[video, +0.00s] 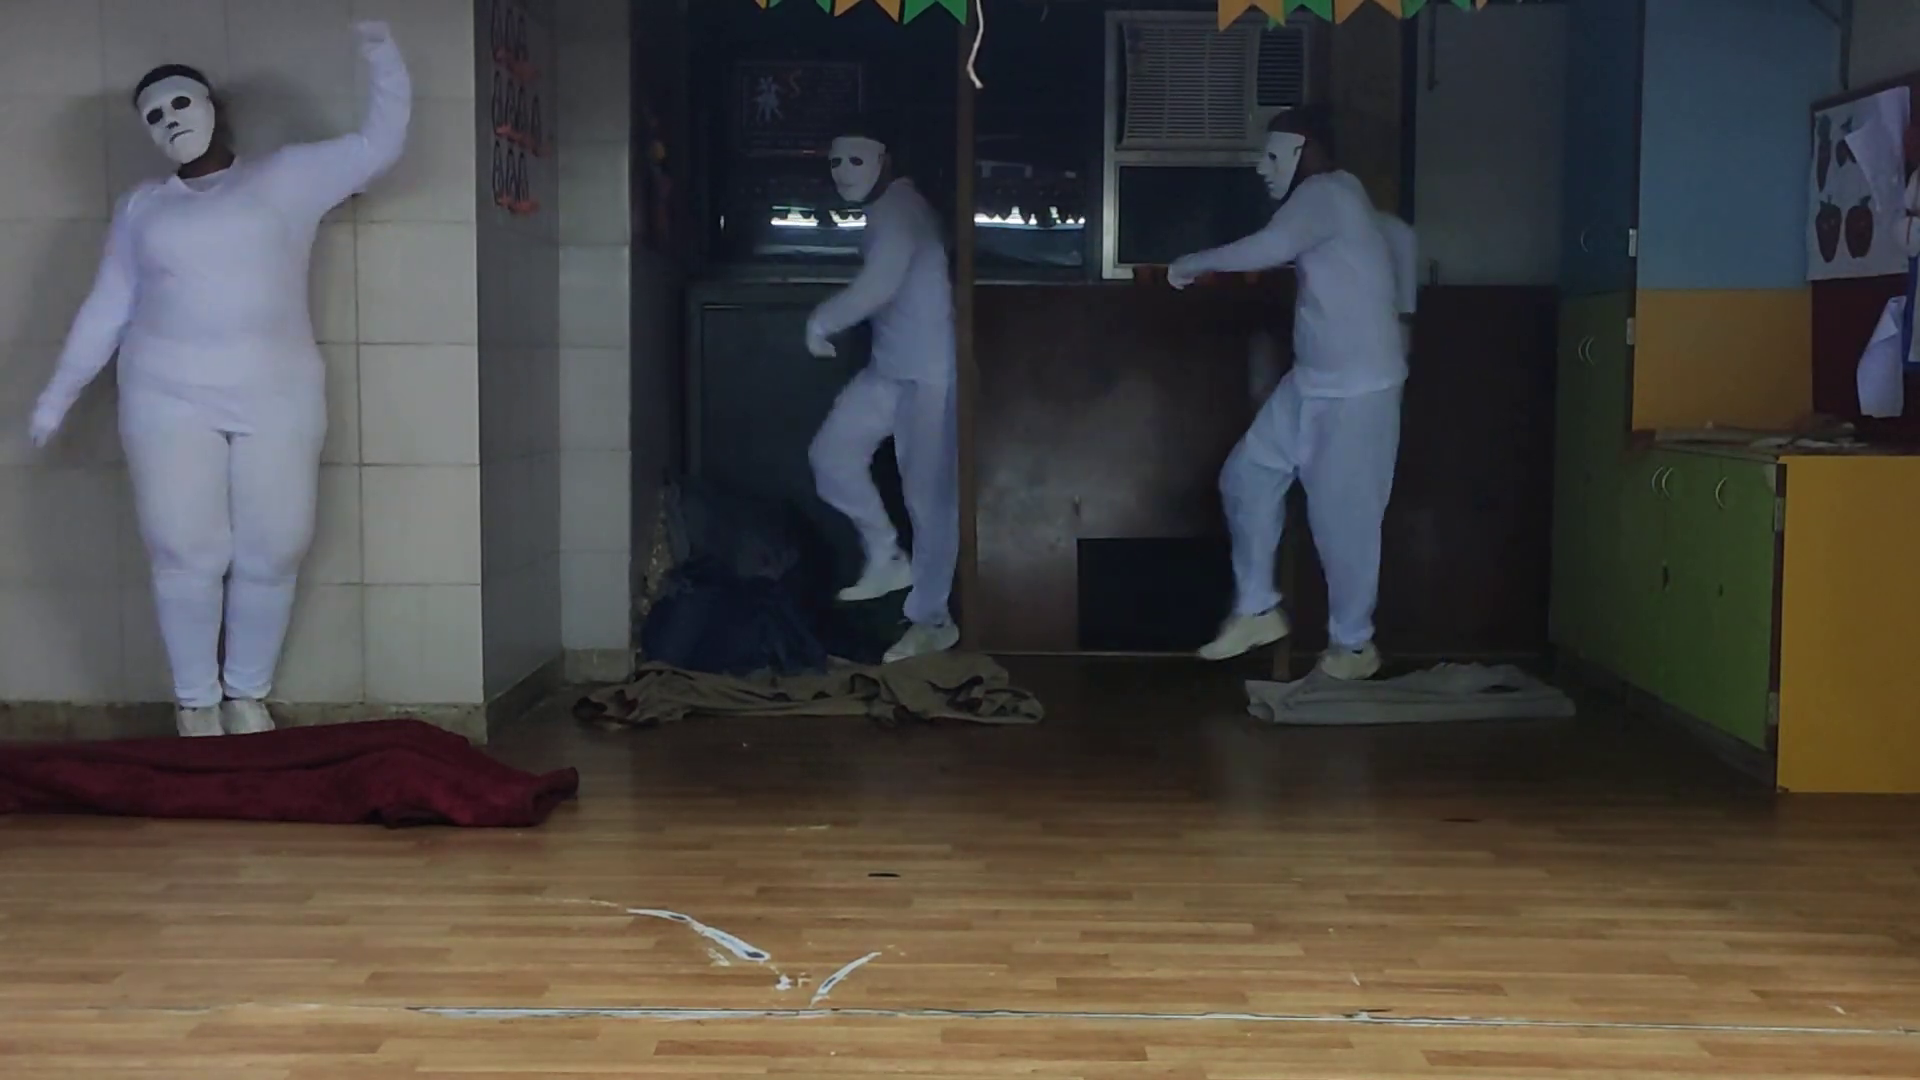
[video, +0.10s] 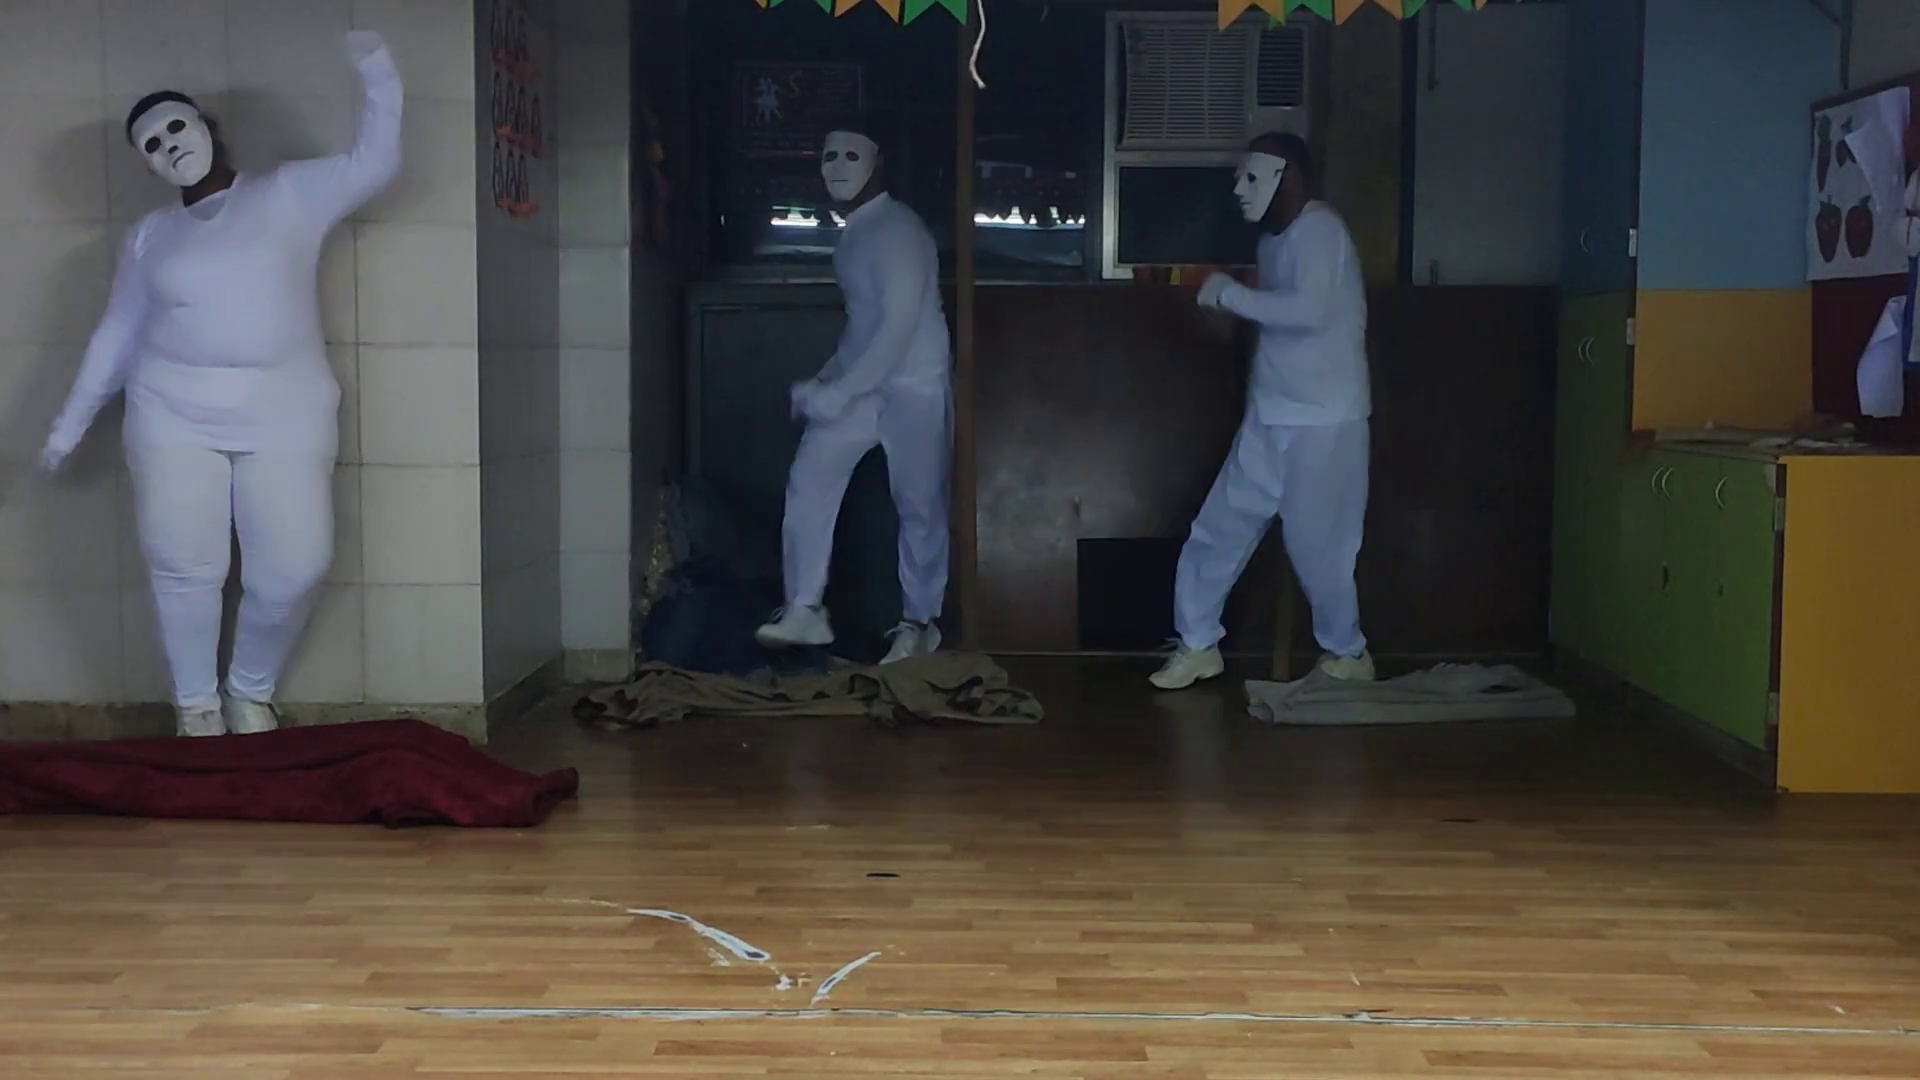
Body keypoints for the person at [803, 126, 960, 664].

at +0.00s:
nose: (845, 173)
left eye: (857, 162)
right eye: (837, 163)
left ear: (884, 164)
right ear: (831, 167)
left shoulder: (900, 213)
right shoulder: (885, 212)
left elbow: (879, 285)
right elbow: (897, 289)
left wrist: (820, 322)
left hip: (930, 380)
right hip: (886, 375)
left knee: (928, 499)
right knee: (834, 456)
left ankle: (934, 619)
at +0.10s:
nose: (837, 168)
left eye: (851, 157)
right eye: (830, 158)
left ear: (874, 166)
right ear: (821, 168)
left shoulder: (899, 231)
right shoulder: (852, 236)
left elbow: (897, 329)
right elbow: (860, 327)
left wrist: (841, 392)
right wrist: (825, 379)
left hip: (914, 386)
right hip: (860, 384)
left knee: (918, 504)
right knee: (810, 485)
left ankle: (919, 625)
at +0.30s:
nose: (823, 197)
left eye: (835, 188)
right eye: (813, 188)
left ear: (856, 197)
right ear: (800, 198)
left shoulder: (882, 254)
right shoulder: (782, 255)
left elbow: (922, 302)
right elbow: (708, 261)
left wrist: (925, 232)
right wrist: (699, 195)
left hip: (881, 426)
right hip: (809, 421)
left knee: (882, 542)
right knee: (776, 533)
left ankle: (893, 617)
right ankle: (780, 651)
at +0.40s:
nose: (829, 185)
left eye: (841, 176)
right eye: (818, 175)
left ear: (859, 187)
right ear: (804, 186)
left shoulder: (887, 234)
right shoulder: (784, 230)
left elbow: (952, 229)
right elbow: (710, 197)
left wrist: (978, 249)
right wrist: (648, 205)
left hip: (875, 406)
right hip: (800, 406)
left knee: (887, 507)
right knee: (773, 517)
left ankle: (875, 608)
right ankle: (778, 642)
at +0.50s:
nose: (809, 182)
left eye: (822, 171)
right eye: (798, 173)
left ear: (843, 177)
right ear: (786, 181)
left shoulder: (883, 235)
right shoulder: (776, 228)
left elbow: (949, 296)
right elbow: (699, 235)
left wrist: (971, 371)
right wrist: (733, 244)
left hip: (875, 399)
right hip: (794, 396)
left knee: (895, 502)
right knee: (762, 503)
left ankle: (889, 632)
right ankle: (756, 631)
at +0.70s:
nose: (867, 266)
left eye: (879, 257)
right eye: (855, 255)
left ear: (892, 267)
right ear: (836, 263)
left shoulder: (899, 338)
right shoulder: (795, 319)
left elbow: (878, 423)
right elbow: (715, 349)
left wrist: (856, 395)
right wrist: (701, 437)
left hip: (870, 460)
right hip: (790, 459)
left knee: (916, 543)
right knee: (734, 550)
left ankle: (916, 664)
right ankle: (714, 666)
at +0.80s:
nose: (837, 262)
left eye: (849, 252)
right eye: (825, 252)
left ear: (868, 261)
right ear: (812, 262)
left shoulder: (895, 329)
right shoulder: (784, 319)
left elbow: (945, 386)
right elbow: (741, 374)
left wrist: (982, 356)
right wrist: (780, 395)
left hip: (861, 462)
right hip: (781, 460)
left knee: (909, 541)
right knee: (724, 548)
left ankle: (914, 659)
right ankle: (718, 660)